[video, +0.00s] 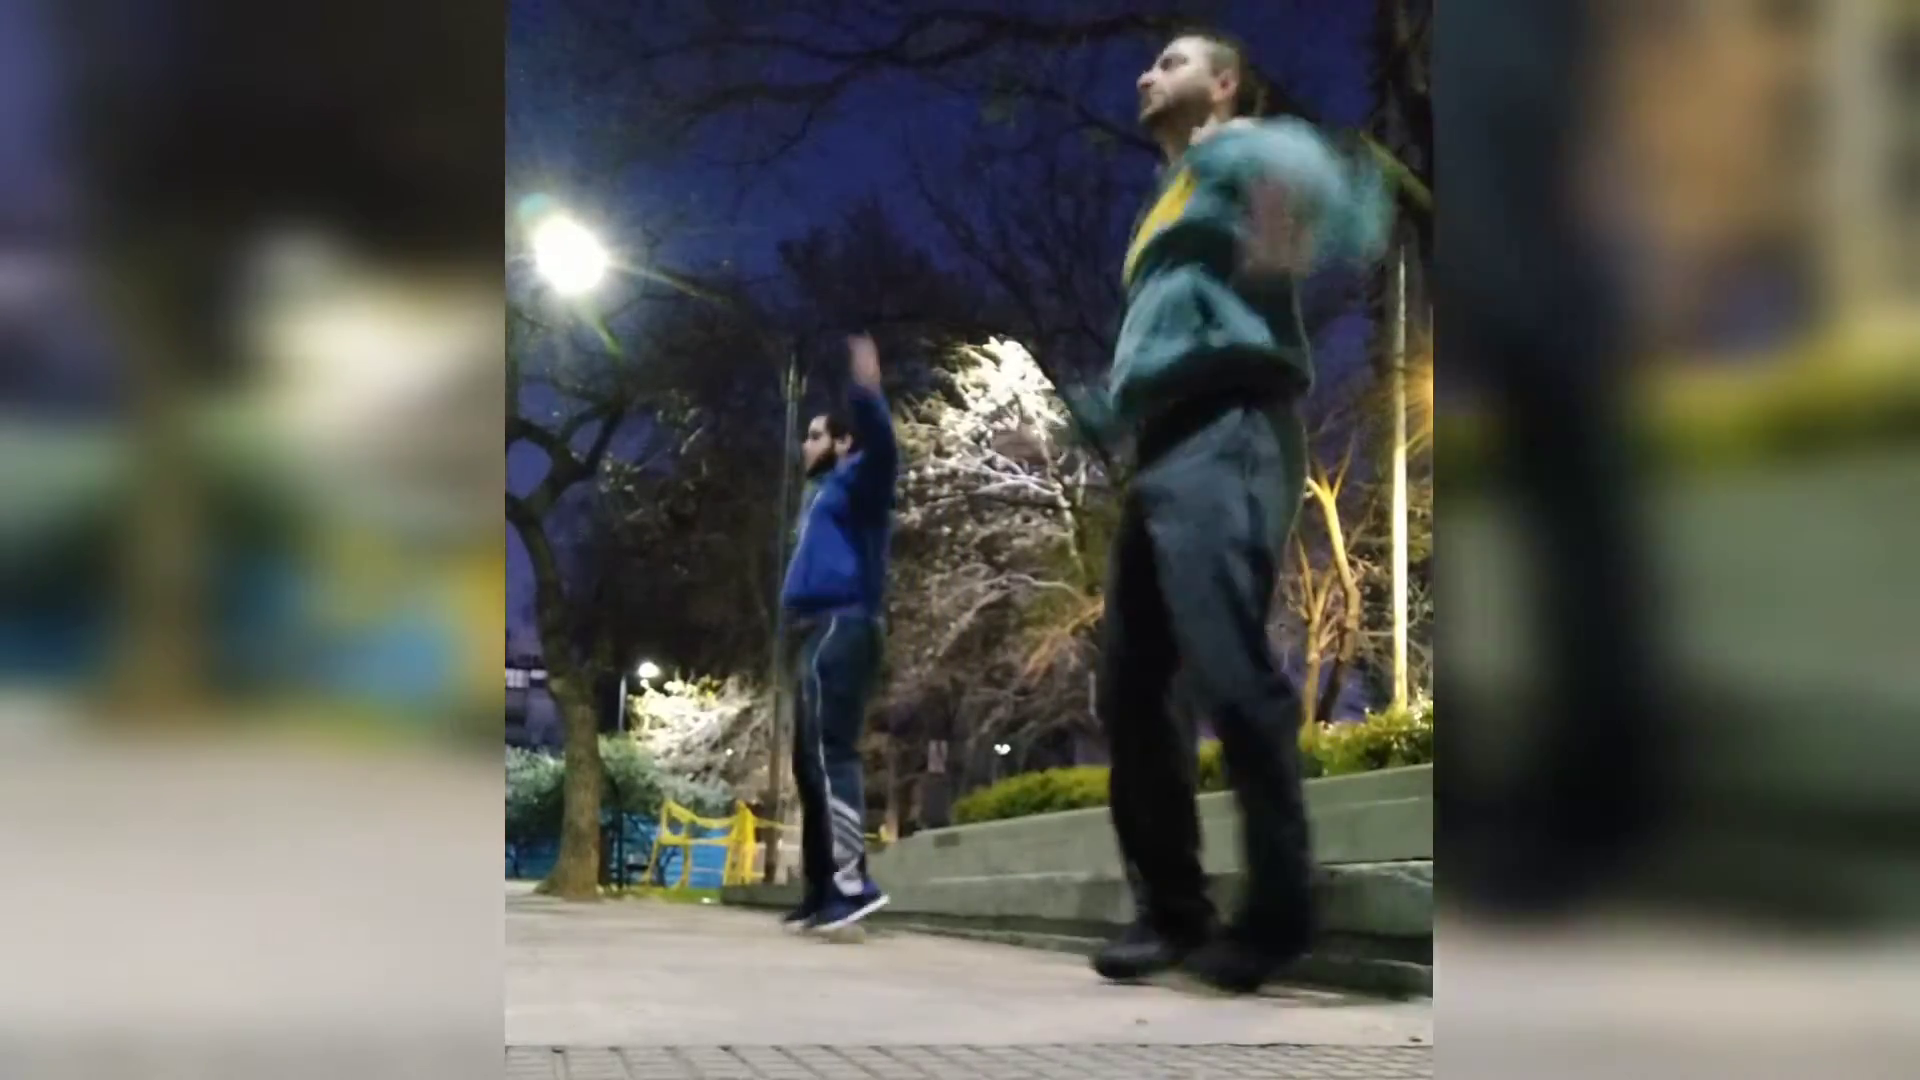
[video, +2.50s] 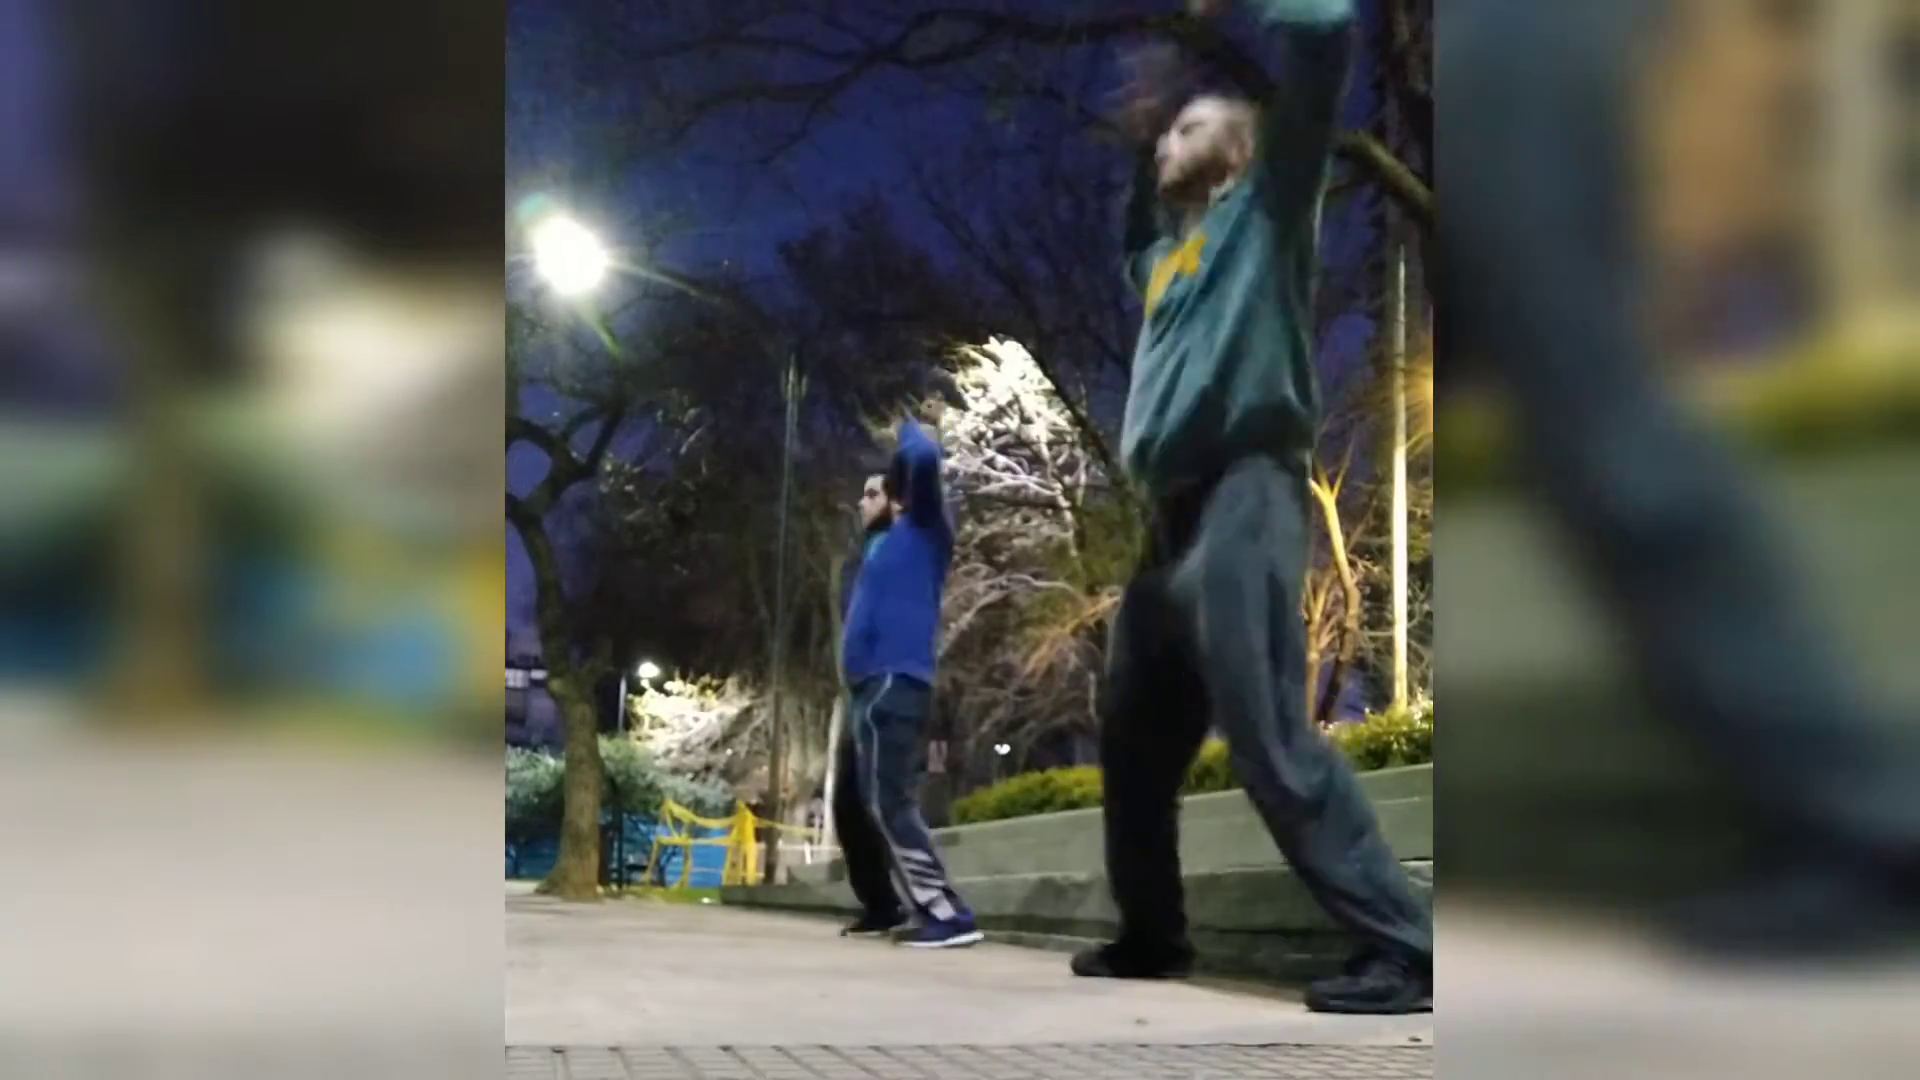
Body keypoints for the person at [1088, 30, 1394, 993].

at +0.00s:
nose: (1148, 74)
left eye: (1170, 60)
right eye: (1150, 63)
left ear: (1226, 84)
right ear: (1181, 96)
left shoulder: (1242, 151)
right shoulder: (1172, 197)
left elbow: (1309, 173)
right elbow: (1163, 346)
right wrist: (1109, 413)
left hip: (1225, 434)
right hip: (1163, 453)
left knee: (1229, 675)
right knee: (1133, 692)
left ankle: (1279, 918)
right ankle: (1173, 912)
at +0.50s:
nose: (1173, 103)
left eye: (1194, 91)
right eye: (1166, 96)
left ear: (1232, 115)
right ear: (1156, 133)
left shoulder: (1251, 177)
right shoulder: (1145, 234)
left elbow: (1301, 44)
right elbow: (1115, 227)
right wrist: (1133, 139)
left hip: (1224, 470)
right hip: (1155, 496)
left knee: (1244, 697)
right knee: (1108, 722)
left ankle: (1383, 944)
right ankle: (1112, 923)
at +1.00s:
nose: (1156, 115)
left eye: (1180, 102)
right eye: (1159, 105)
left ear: (1232, 130)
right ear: (1168, 137)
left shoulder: (1268, 214)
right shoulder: (1171, 245)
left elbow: (1327, 358)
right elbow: (1149, 382)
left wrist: (1260, 424)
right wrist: (1107, 496)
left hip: (1211, 492)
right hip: (1137, 507)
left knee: (1189, 712)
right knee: (1099, 729)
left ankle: (1256, 942)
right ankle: (1174, 936)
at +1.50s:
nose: (1161, 143)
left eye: (1184, 128)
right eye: (1159, 132)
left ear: (1231, 145)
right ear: (1168, 164)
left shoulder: (1254, 208)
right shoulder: (1148, 242)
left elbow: (1301, 32)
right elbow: (1122, 194)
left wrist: (1242, 36)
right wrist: (1172, 91)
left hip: (1229, 503)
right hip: (1156, 525)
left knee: (1250, 736)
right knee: (1095, 751)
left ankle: (1399, 956)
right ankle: (1106, 940)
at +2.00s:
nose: (1141, 133)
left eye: (1165, 119)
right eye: (1143, 122)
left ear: (1217, 141)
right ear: (1169, 153)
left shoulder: (1256, 224)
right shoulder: (1170, 255)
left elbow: (1317, 350)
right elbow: (1159, 395)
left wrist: (1242, 421)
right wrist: (1127, 511)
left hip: (1217, 508)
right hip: (1150, 520)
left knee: (1189, 724)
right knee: (1122, 732)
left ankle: (1245, 945)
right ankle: (1184, 938)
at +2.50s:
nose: (1173, 136)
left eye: (1194, 121)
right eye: (1171, 128)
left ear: (1240, 139)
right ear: (1179, 164)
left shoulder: (1271, 199)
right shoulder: (1161, 255)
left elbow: (1322, 36)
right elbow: (1137, 231)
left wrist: (1232, 18)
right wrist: (1154, 152)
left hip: (1249, 490)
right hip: (1174, 515)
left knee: (1267, 734)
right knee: (1135, 737)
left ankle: (1398, 950)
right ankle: (1150, 935)